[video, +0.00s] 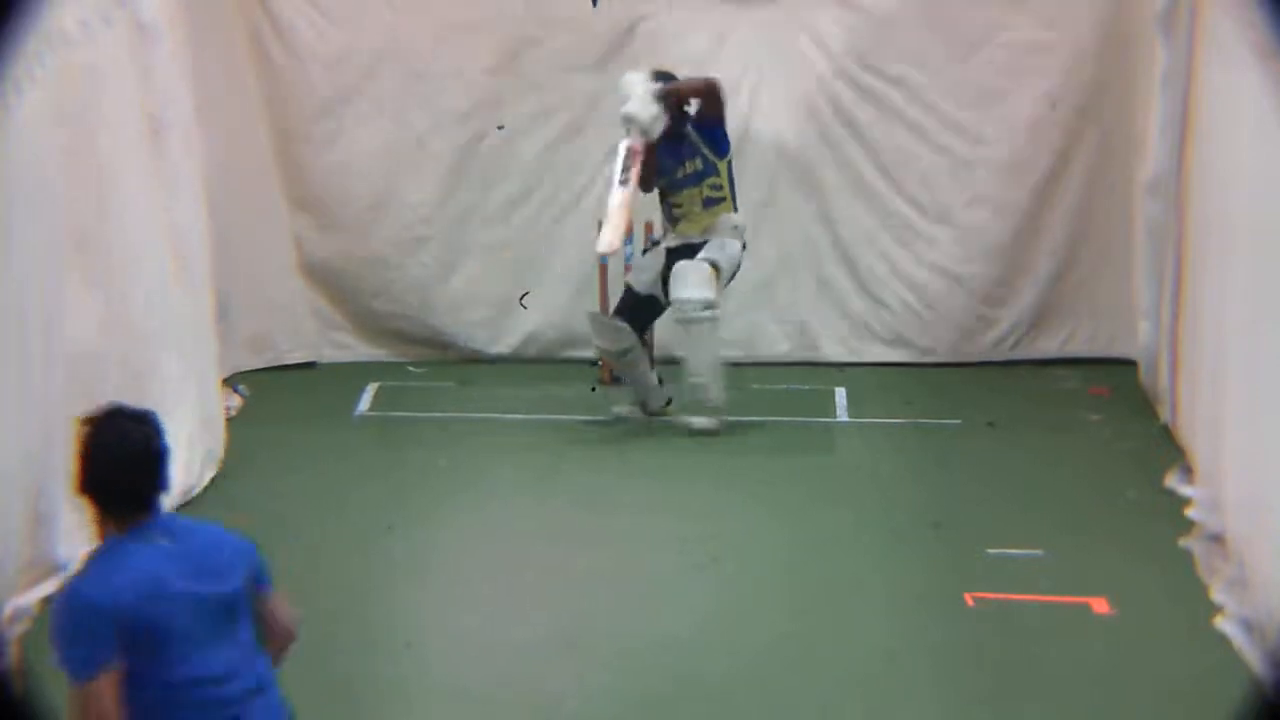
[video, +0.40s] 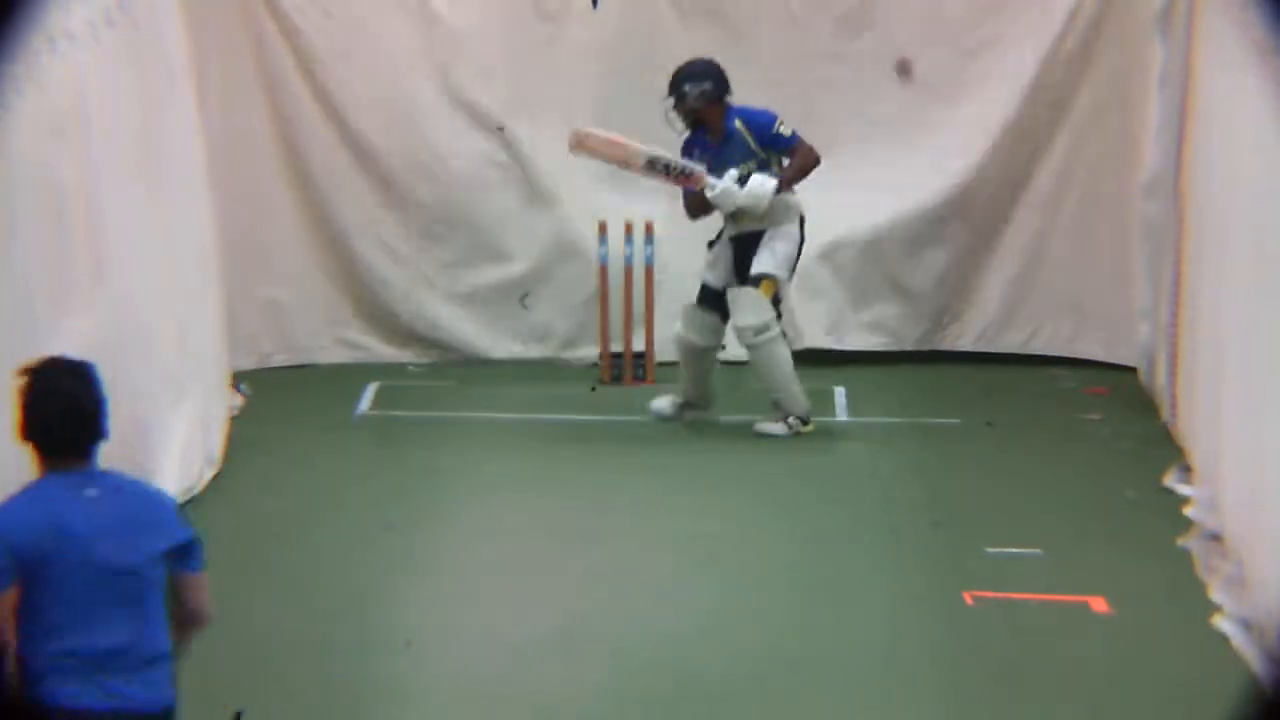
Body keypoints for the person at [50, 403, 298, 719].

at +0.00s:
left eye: (80, 464)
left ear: (84, 485)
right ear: (162, 474)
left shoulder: (91, 595)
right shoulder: (229, 547)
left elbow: (103, 709)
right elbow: (282, 630)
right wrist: (244, 681)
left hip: (168, 710)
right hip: (260, 708)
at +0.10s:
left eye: (56, 415)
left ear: (61, 436)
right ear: (138, 423)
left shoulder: (60, 544)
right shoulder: (201, 482)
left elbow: (55, 672)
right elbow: (288, 529)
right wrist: (244, 603)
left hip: (159, 704)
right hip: (246, 693)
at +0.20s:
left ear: (47, 411)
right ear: (121, 396)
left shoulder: (39, 513)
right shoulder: (187, 454)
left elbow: (40, 642)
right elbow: (279, 504)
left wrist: (29, 708)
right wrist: (238, 600)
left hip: (127, 693)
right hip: (212, 678)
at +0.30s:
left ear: (35, 429)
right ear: (114, 419)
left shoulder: (23, 528)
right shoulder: (174, 490)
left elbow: (24, 649)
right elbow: (251, 568)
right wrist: (217, 671)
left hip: (81, 703)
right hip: (170, 696)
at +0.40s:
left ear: (25, 431)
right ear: (101, 425)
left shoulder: (16, 518)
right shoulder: (155, 507)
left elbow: (7, 632)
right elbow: (195, 609)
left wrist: (16, 687)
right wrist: (153, 657)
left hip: (58, 701)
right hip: (146, 700)